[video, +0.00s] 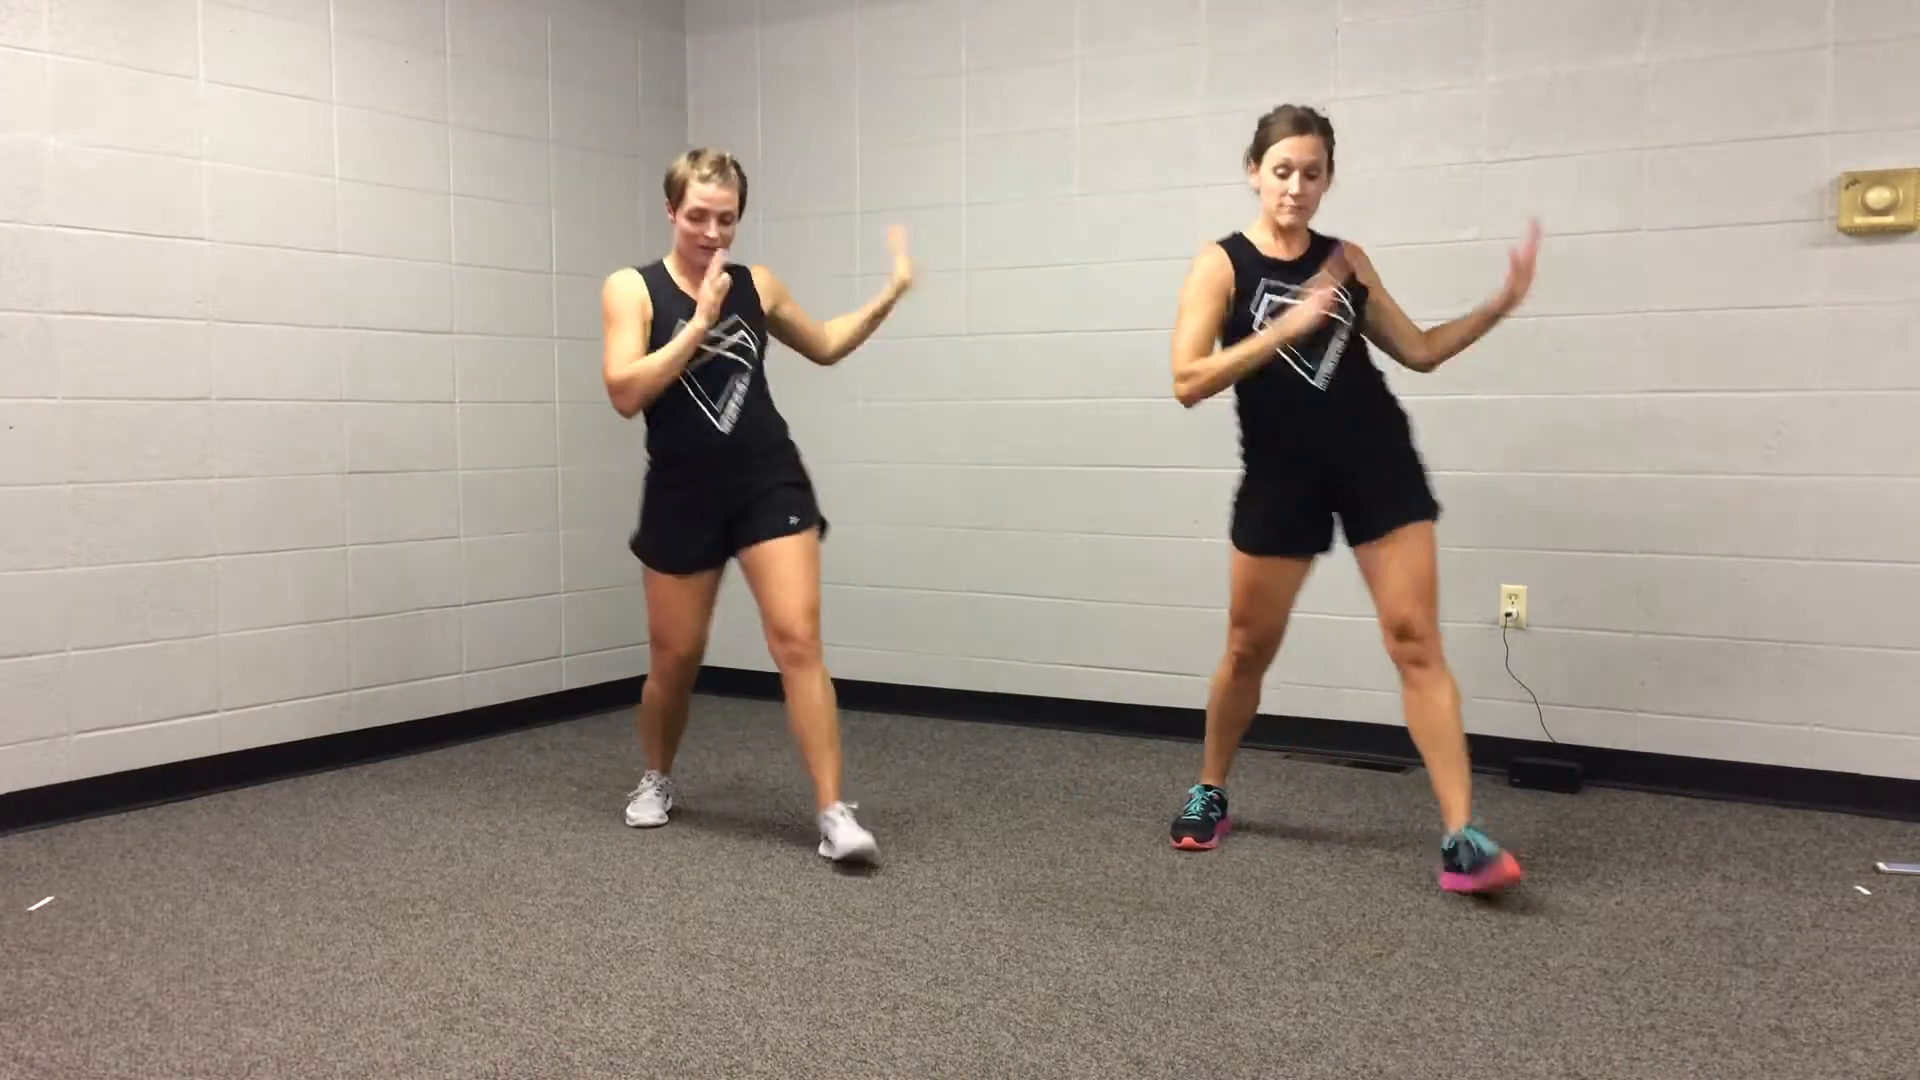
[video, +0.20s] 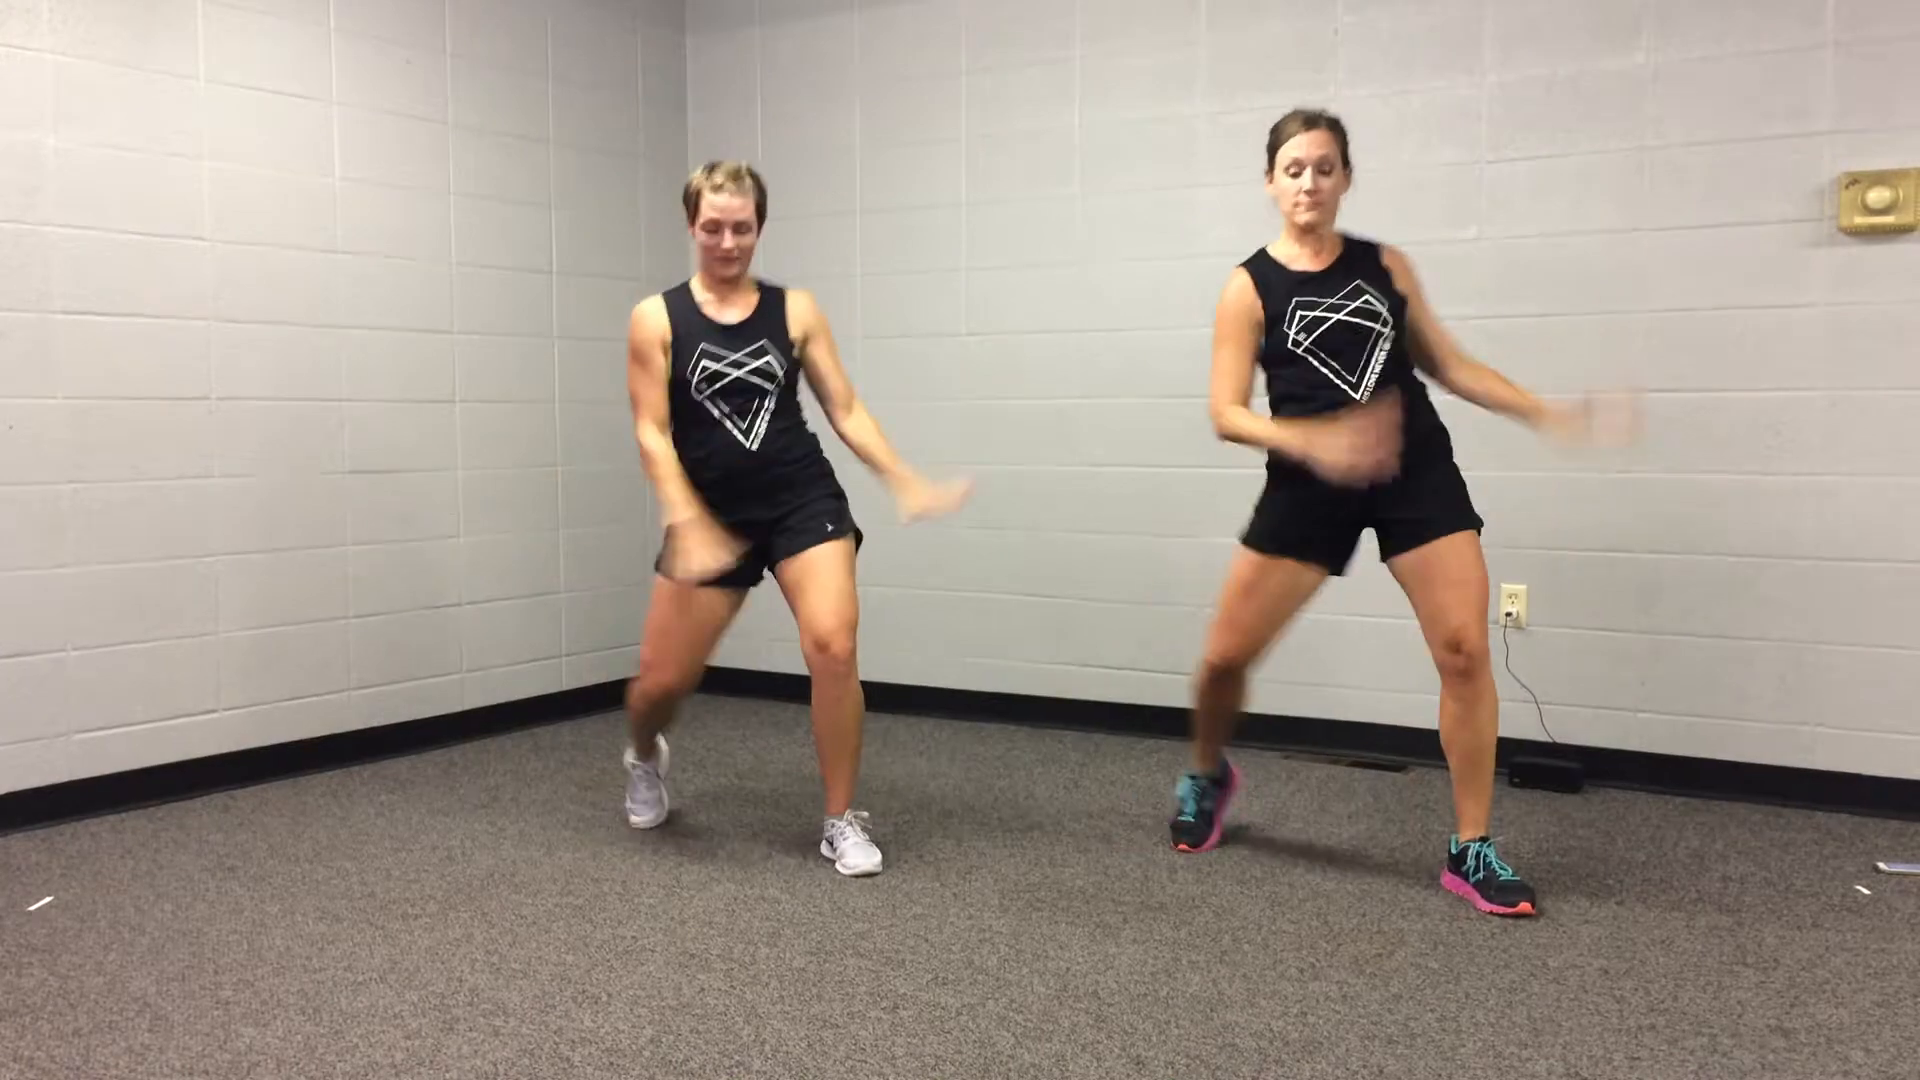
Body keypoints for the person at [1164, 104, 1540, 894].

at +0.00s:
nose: (1298, 186)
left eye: (1313, 174)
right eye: (1284, 171)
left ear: (1327, 183)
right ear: (1255, 175)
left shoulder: (1345, 263)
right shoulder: (1222, 264)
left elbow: (1419, 348)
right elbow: (1188, 382)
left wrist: (1504, 302)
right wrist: (1289, 325)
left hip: (1377, 467)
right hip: (1281, 475)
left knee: (1415, 640)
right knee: (1247, 646)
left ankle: (1461, 832)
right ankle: (1209, 790)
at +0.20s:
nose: (1309, 183)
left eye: (1324, 169)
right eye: (1294, 169)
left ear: (1346, 182)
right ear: (1271, 182)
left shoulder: (1386, 267)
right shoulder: (1250, 287)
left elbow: (1451, 366)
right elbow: (1227, 413)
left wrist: (1538, 410)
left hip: (1413, 472)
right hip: (1312, 485)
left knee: (1464, 649)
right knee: (1223, 657)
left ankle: (1473, 846)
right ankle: (1206, 776)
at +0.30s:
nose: (1317, 177)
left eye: (1332, 161)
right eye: (1301, 164)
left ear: (1358, 168)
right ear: (1281, 177)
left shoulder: (1408, 251)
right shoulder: (1266, 277)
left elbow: (1474, 353)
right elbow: (1251, 396)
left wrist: (1505, 459)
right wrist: (1237, 508)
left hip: (1393, 474)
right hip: (1286, 474)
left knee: (1441, 649)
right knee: (1169, 614)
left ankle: (1472, 845)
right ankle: (1164, 760)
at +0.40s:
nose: (1317, 165)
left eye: (1332, 148)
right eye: (1301, 152)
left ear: (1361, 151)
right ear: (1282, 161)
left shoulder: (1412, 233)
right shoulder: (1268, 250)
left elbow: (1486, 336)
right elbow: (1213, 361)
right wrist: (1177, 407)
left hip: (1350, 462)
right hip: (1248, 448)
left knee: (1403, 648)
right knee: (1147, 600)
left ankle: (1465, 842)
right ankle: (1120, 781)